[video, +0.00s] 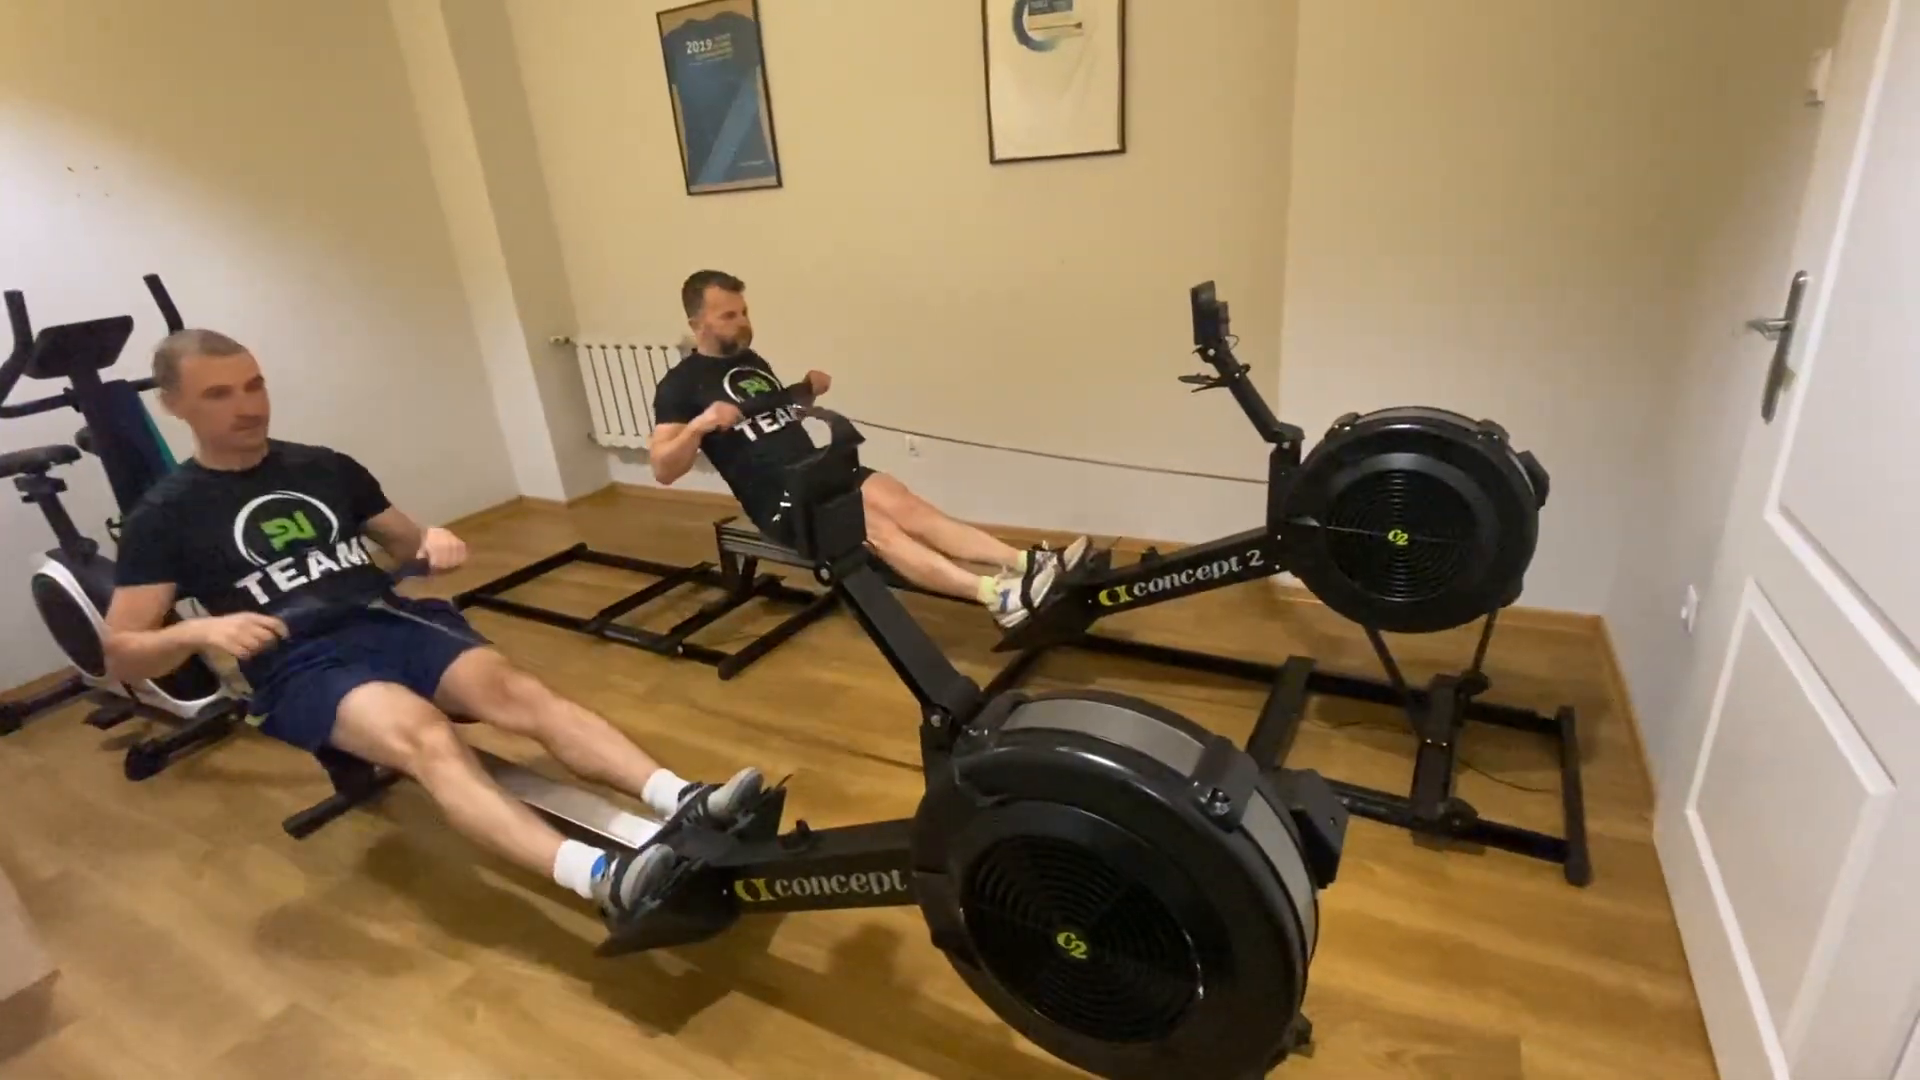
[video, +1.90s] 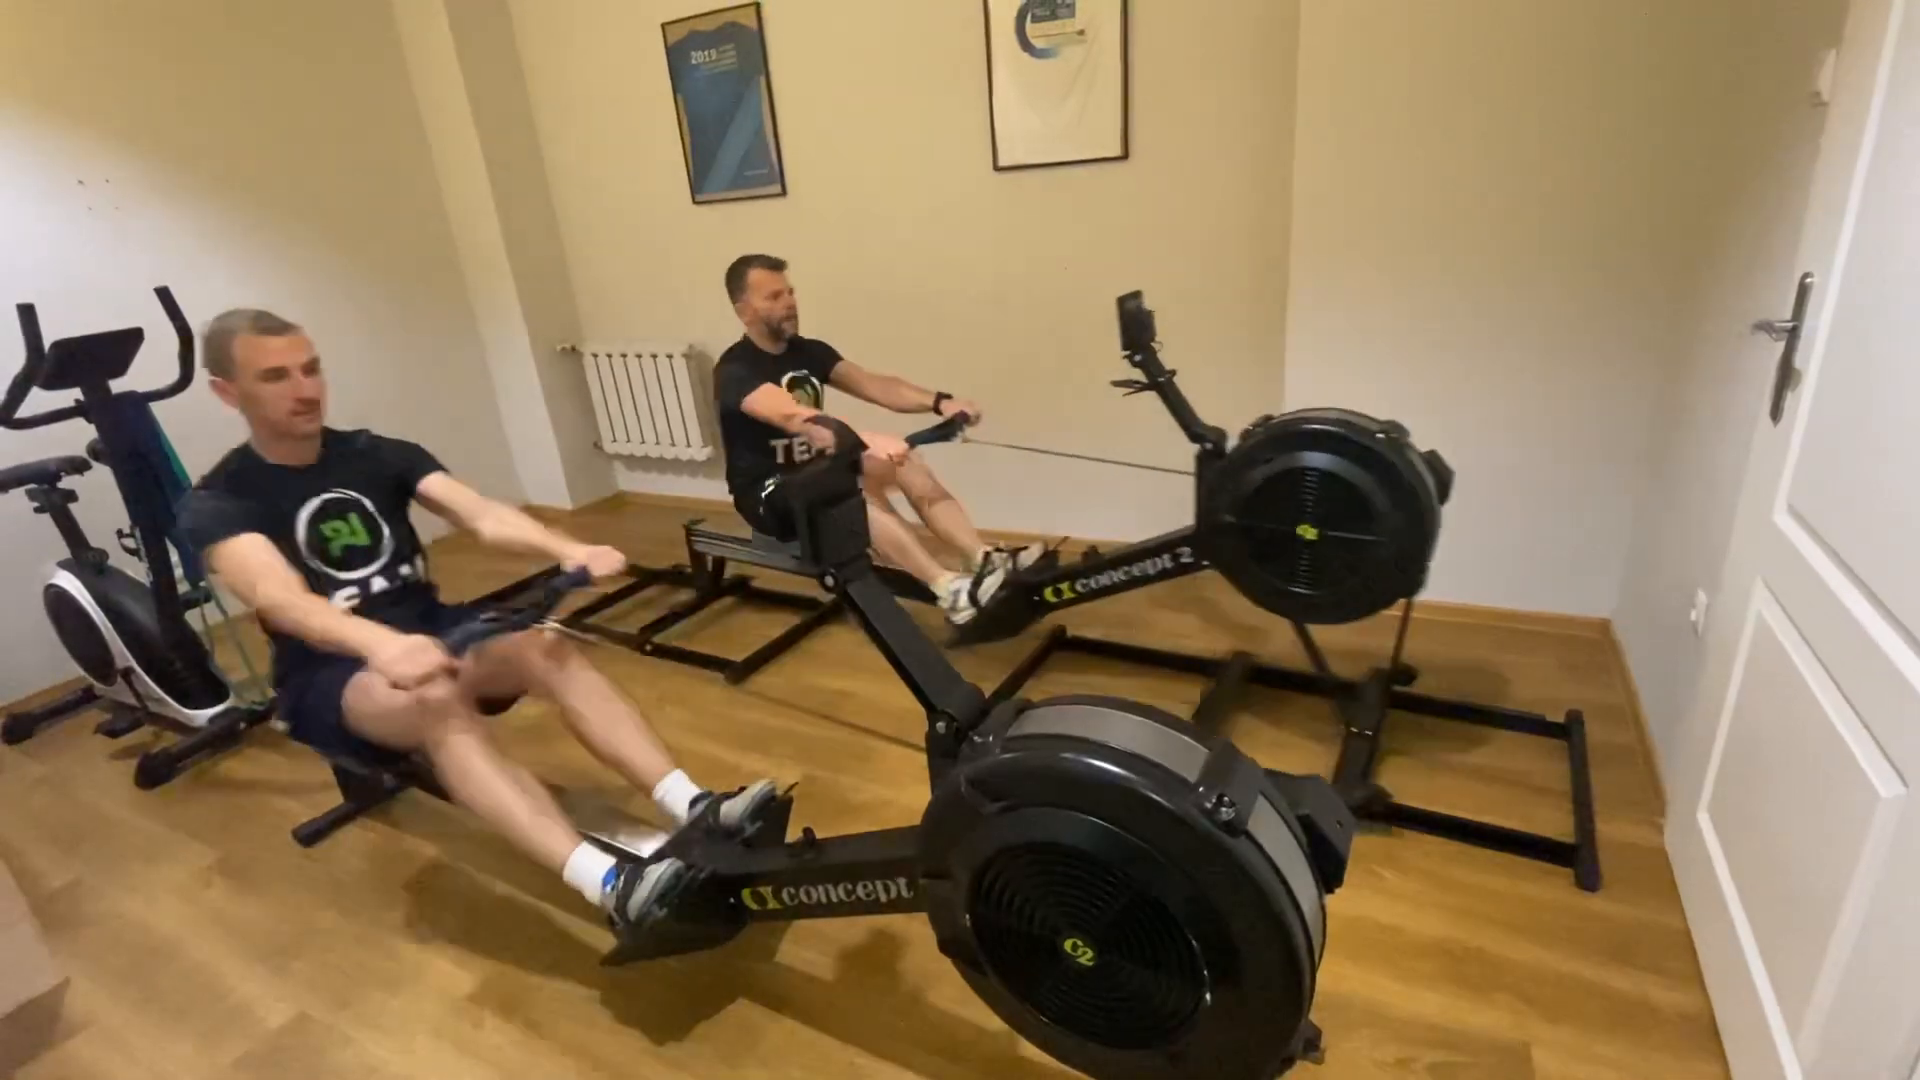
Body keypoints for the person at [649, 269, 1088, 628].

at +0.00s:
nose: (742, 323)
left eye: (743, 312)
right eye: (729, 315)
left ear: (744, 311)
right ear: (696, 321)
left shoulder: (751, 362)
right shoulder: (679, 383)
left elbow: (776, 412)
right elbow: (663, 467)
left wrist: (806, 390)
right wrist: (699, 426)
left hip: (829, 473)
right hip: (784, 499)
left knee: (908, 506)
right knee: (878, 532)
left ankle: (1028, 565)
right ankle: (997, 596)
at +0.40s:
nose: (768, 309)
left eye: (769, 299)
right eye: (756, 302)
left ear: (767, 299)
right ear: (722, 308)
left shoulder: (775, 351)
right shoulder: (700, 367)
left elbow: (814, 398)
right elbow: (684, 450)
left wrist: (849, 395)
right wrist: (748, 432)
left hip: (814, 479)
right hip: (769, 499)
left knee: (895, 475)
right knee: (863, 502)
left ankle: (998, 561)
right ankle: (966, 590)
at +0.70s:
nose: (793, 309)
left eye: (794, 298)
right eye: (780, 301)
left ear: (796, 296)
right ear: (746, 309)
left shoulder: (800, 352)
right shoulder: (724, 363)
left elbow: (855, 395)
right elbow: (724, 445)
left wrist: (898, 403)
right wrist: (797, 449)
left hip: (816, 471)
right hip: (761, 489)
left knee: (895, 458)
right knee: (850, 478)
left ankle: (968, 554)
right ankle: (932, 583)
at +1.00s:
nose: (818, 317)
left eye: (819, 307)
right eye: (804, 310)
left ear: (821, 303)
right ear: (769, 317)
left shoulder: (826, 358)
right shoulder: (746, 369)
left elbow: (888, 395)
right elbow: (779, 442)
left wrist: (945, 413)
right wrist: (854, 462)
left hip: (818, 476)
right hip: (762, 496)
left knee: (888, 429)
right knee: (818, 460)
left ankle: (932, 548)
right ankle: (892, 566)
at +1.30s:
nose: (843, 325)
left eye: (844, 315)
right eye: (830, 318)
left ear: (845, 311)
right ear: (794, 326)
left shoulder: (850, 365)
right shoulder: (779, 380)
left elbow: (929, 398)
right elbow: (835, 440)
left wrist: (994, 423)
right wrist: (916, 470)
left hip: (821, 484)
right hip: (767, 503)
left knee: (889, 415)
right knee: (818, 442)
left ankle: (909, 539)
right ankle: (862, 560)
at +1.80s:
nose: (810, 310)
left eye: (810, 299)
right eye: (795, 304)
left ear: (814, 298)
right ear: (764, 317)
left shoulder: (824, 357)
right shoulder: (753, 375)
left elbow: (893, 388)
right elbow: (823, 419)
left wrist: (963, 405)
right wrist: (893, 445)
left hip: (830, 472)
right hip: (771, 496)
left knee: (907, 453)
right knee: (849, 487)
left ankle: (962, 559)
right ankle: (925, 584)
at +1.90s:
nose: (789, 303)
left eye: (789, 292)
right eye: (775, 297)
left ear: (793, 292)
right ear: (742, 309)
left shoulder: (808, 352)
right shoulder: (735, 370)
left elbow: (875, 387)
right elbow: (797, 421)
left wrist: (939, 401)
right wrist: (861, 443)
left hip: (827, 471)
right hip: (772, 493)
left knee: (906, 461)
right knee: (852, 502)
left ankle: (984, 560)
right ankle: (949, 590)